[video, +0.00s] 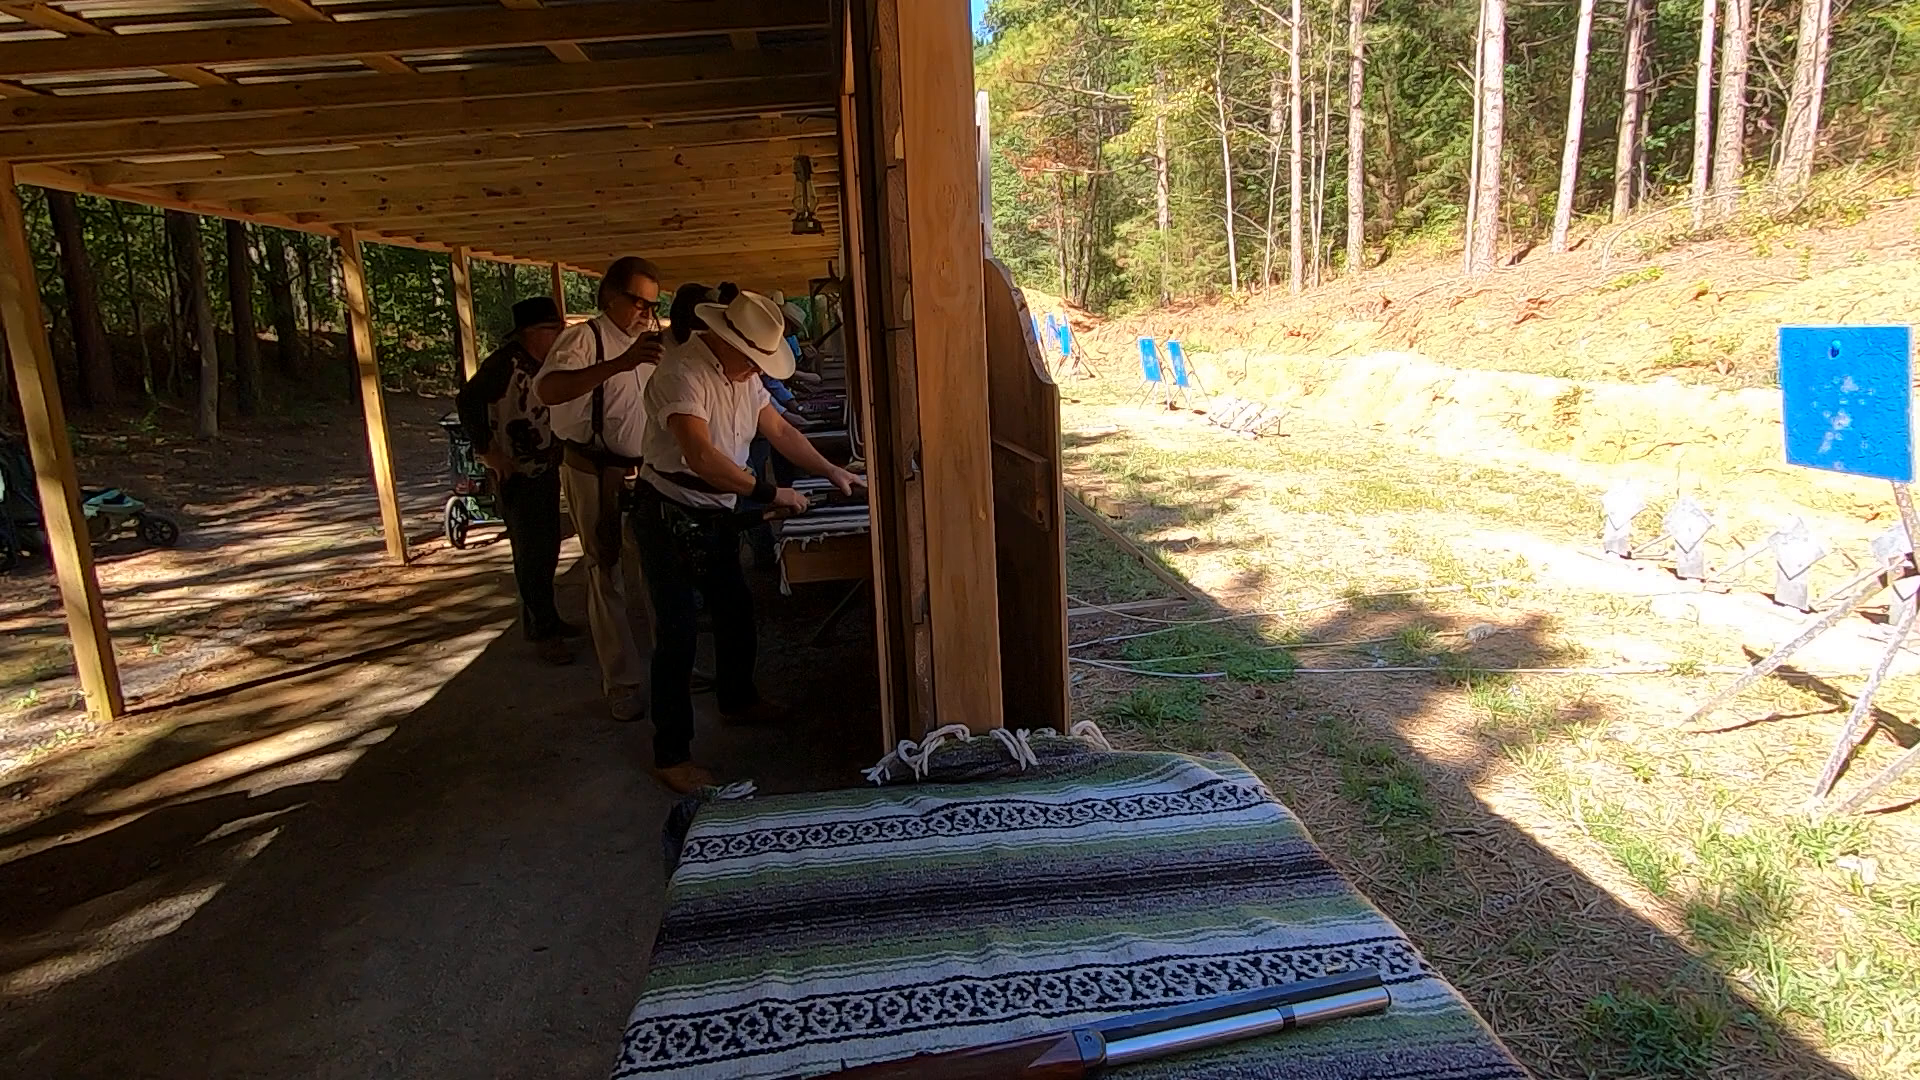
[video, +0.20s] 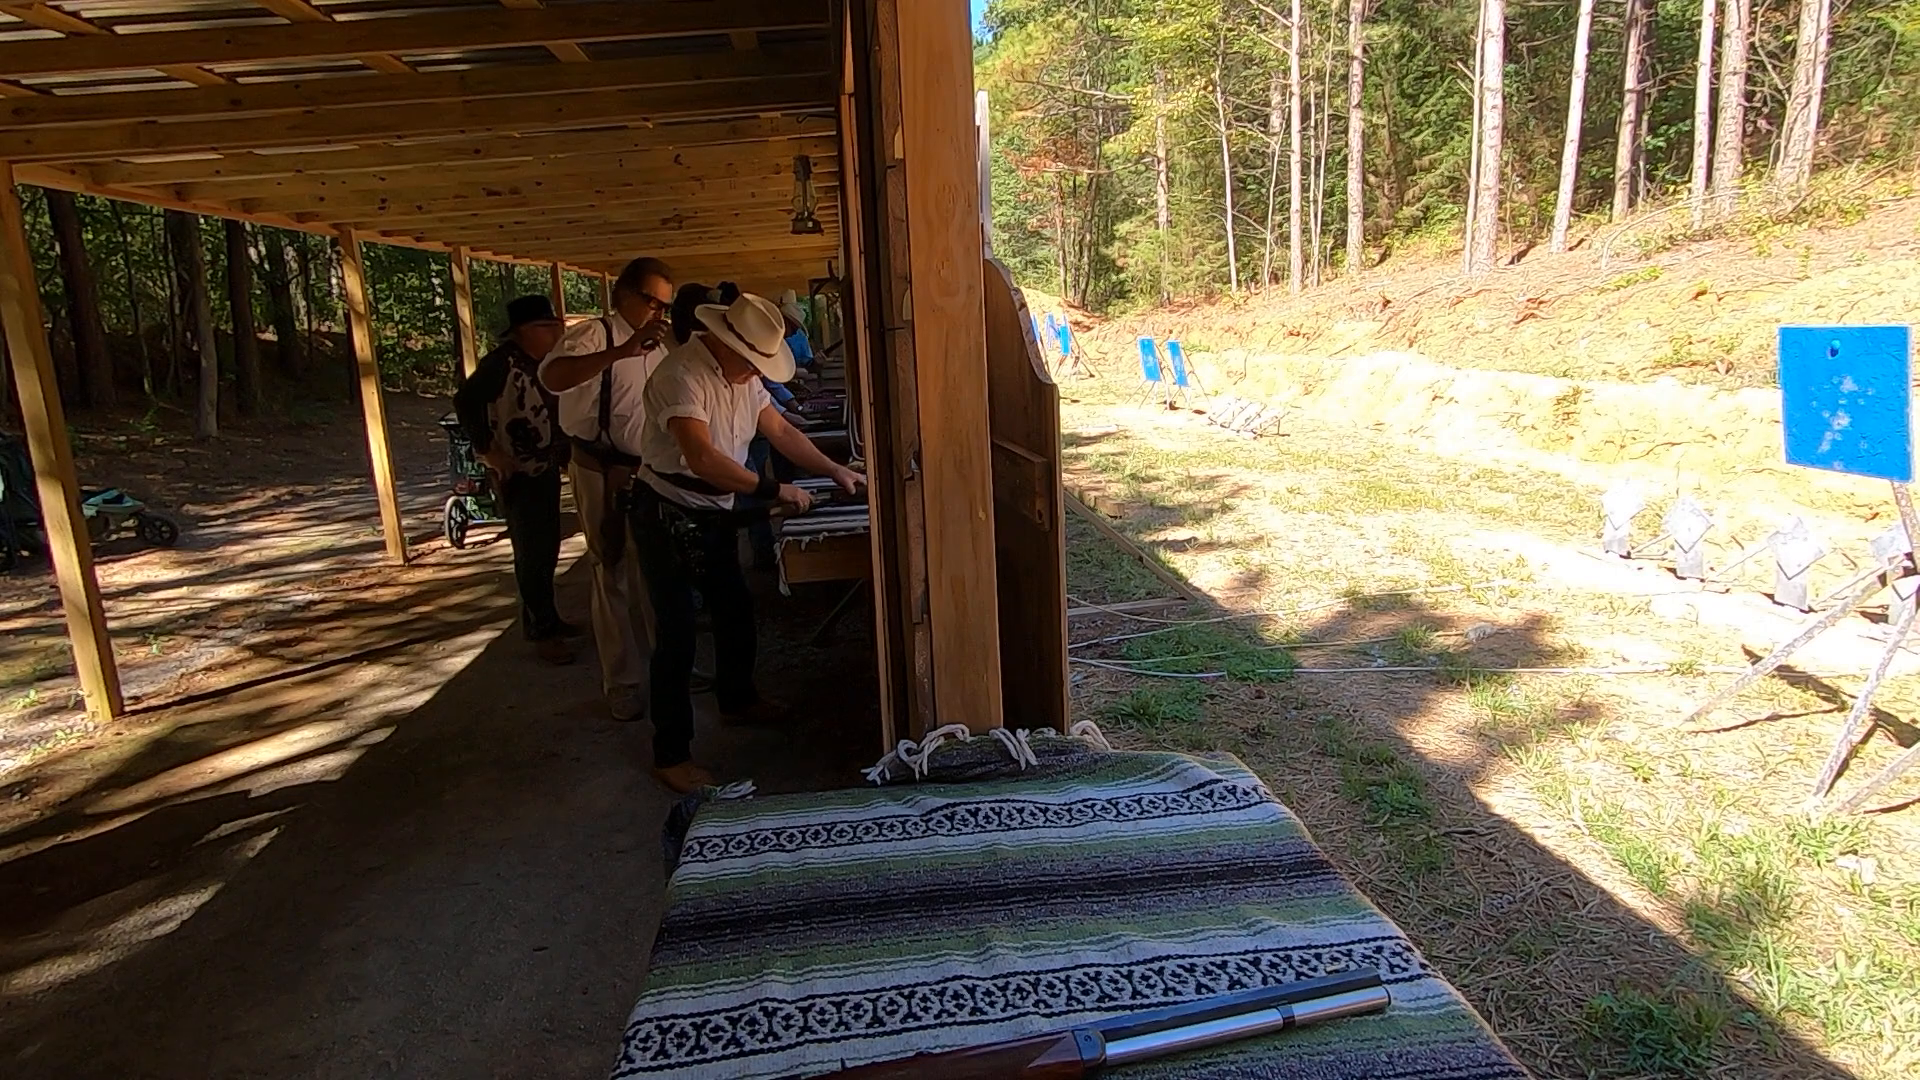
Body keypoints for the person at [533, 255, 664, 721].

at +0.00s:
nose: (644, 313)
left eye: (651, 305)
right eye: (636, 303)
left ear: (654, 304)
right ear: (608, 296)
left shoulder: (652, 340)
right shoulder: (583, 337)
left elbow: (671, 395)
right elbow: (546, 390)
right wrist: (621, 362)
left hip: (645, 466)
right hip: (592, 470)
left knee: (654, 571)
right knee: (606, 577)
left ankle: (669, 667)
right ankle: (622, 684)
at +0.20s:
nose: (659, 312)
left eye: (665, 305)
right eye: (652, 301)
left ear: (665, 305)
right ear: (623, 294)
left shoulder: (660, 344)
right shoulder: (594, 332)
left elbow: (677, 401)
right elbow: (550, 377)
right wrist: (621, 350)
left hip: (652, 468)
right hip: (600, 471)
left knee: (656, 574)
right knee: (612, 578)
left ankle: (669, 670)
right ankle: (622, 685)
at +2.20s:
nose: (686, 311)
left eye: (695, 306)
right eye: (680, 300)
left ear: (701, 309)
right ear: (657, 293)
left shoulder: (694, 346)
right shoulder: (625, 327)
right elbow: (578, 357)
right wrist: (647, 337)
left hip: (673, 464)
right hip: (619, 463)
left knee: (672, 568)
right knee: (626, 571)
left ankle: (676, 670)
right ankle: (624, 682)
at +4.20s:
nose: (688, 313)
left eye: (695, 307)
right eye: (682, 302)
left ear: (698, 310)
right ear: (658, 296)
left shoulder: (693, 351)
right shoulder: (629, 336)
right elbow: (593, 347)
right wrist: (666, 340)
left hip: (672, 464)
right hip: (620, 467)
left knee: (674, 567)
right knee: (626, 573)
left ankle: (674, 670)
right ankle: (624, 682)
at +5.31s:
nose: (690, 314)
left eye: (697, 309)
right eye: (686, 304)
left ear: (698, 310)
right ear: (661, 295)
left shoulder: (690, 345)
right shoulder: (631, 325)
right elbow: (609, 347)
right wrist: (676, 343)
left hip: (668, 463)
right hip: (619, 465)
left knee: (672, 567)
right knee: (626, 572)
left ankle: (673, 670)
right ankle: (623, 683)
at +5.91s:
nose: (689, 315)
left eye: (697, 310)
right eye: (684, 304)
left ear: (698, 311)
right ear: (660, 295)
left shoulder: (688, 344)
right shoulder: (631, 325)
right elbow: (609, 348)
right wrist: (676, 343)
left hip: (668, 464)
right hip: (619, 466)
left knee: (671, 569)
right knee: (626, 574)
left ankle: (672, 671)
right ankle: (623, 683)